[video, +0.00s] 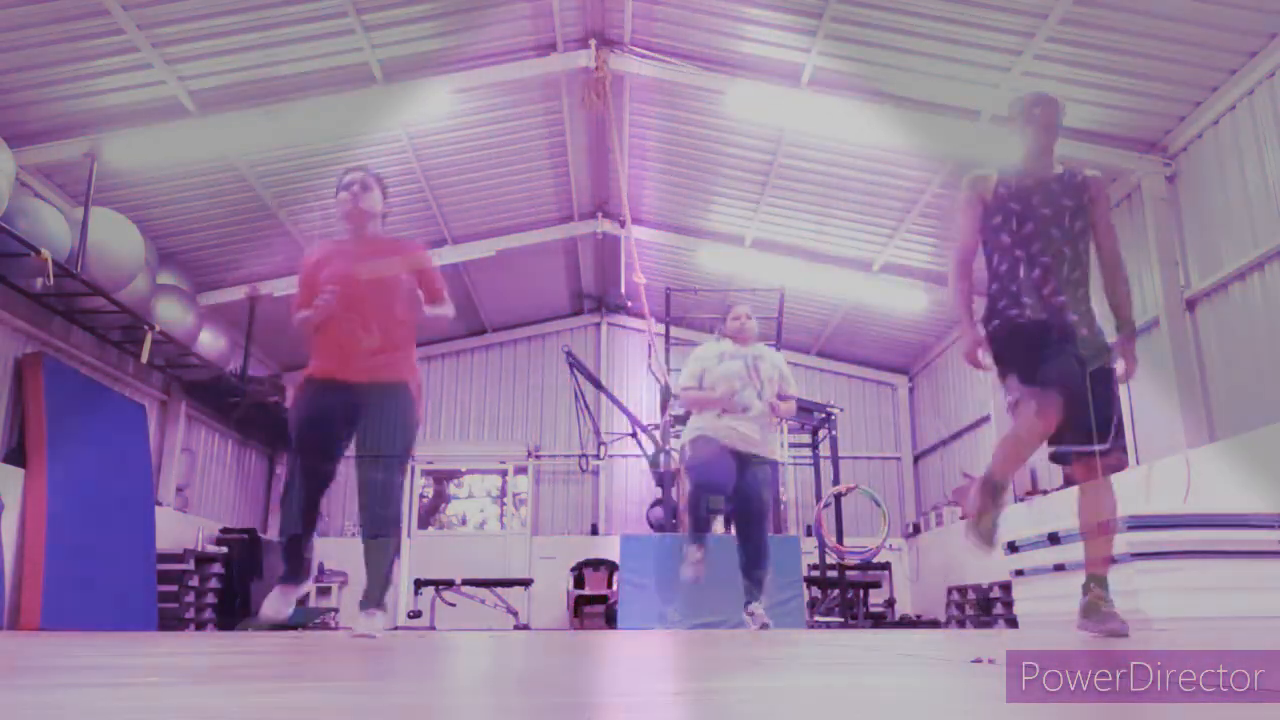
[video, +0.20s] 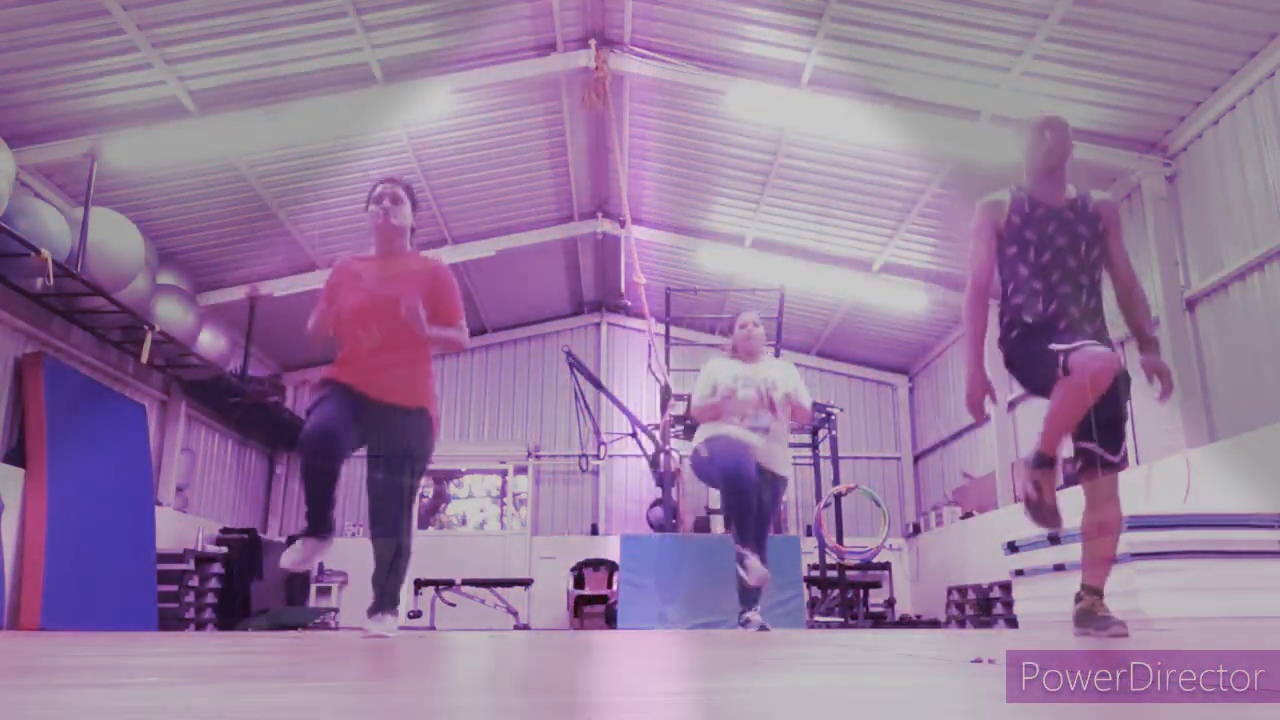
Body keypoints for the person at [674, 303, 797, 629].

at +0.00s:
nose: (742, 322)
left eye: (748, 318)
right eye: (735, 318)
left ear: (757, 326)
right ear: (724, 327)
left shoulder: (773, 358)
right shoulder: (707, 352)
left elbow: (790, 404)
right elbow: (684, 395)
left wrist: (781, 407)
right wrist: (717, 398)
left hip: (757, 444)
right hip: (710, 435)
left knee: (756, 522)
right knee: (712, 478)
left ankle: (753, 600)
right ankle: (697, 544)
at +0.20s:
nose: (750, 330)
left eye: (756, 325)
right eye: (743, 326)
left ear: (766, 334)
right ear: (732, 337)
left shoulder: (784, 369)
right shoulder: (716, 366)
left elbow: (806, 416)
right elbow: (696, 412)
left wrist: (785, 406)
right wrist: (727, 402)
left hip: (768, 456)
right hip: (721, 445)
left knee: (755, 534)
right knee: (739, 463)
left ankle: (750, 609)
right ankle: (747, 548)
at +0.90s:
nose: (775, 335)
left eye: (780, 331)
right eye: (769, 330)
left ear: (787, 341)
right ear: (754, 340)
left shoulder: (801, 377)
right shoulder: (738, 376)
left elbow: (824, 417)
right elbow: (724, 423)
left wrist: (823, 416)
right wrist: (759, 416)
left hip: (801, 459)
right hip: (759, 469)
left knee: (843, 471)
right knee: (781, 536)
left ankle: (831, 542)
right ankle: (783, 610)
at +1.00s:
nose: (778, 325)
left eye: (783, 321)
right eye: (771, 320)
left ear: (792, 330)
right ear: (758, 330)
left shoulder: (809, 365)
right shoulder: (741, 365)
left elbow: (831, 412)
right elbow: (727, 411)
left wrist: (821, 410)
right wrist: (761, 405)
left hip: (809, 449)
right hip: (762, 456)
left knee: (839, 486)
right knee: (778, 532)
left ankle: (835, 569)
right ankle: (781, 607)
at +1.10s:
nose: (785, 322)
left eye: (790, 317)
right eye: (777, 318)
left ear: (798, 327)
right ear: (763, 330)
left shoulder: (814, 358)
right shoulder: (746, 361)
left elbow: (840, 403)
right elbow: (732, 407)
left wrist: (824, 406)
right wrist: (764, 404)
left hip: (814, 457)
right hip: (765, 462)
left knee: (826, 524)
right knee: (777, 535)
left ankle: (835, 597)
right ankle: (774, 604)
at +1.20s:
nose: (788, 337)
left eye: (794, 332)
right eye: (781, 332)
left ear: (803, 340)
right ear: (771, 340)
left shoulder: (821, 376)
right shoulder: (753, 375)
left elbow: (843, 418)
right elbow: (739, 422)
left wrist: (839, 420)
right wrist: (769, 418)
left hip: (820, 472)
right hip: (771, 475)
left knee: (824, 542)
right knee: (777, 546)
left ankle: (823, 611)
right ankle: (770, 610)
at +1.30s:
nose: (792, 339)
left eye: (798, 335)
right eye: (785, 335)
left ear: (807, 344)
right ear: (774, 346)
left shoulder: (824, 381)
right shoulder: (756, 379)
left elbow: (847, 428)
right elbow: (739, 423)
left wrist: (841, 416)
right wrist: (770, 419)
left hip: (820, 472)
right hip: (768, 478)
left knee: (822, 538)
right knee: (777, 546)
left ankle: (825, 611)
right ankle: (772, 610)